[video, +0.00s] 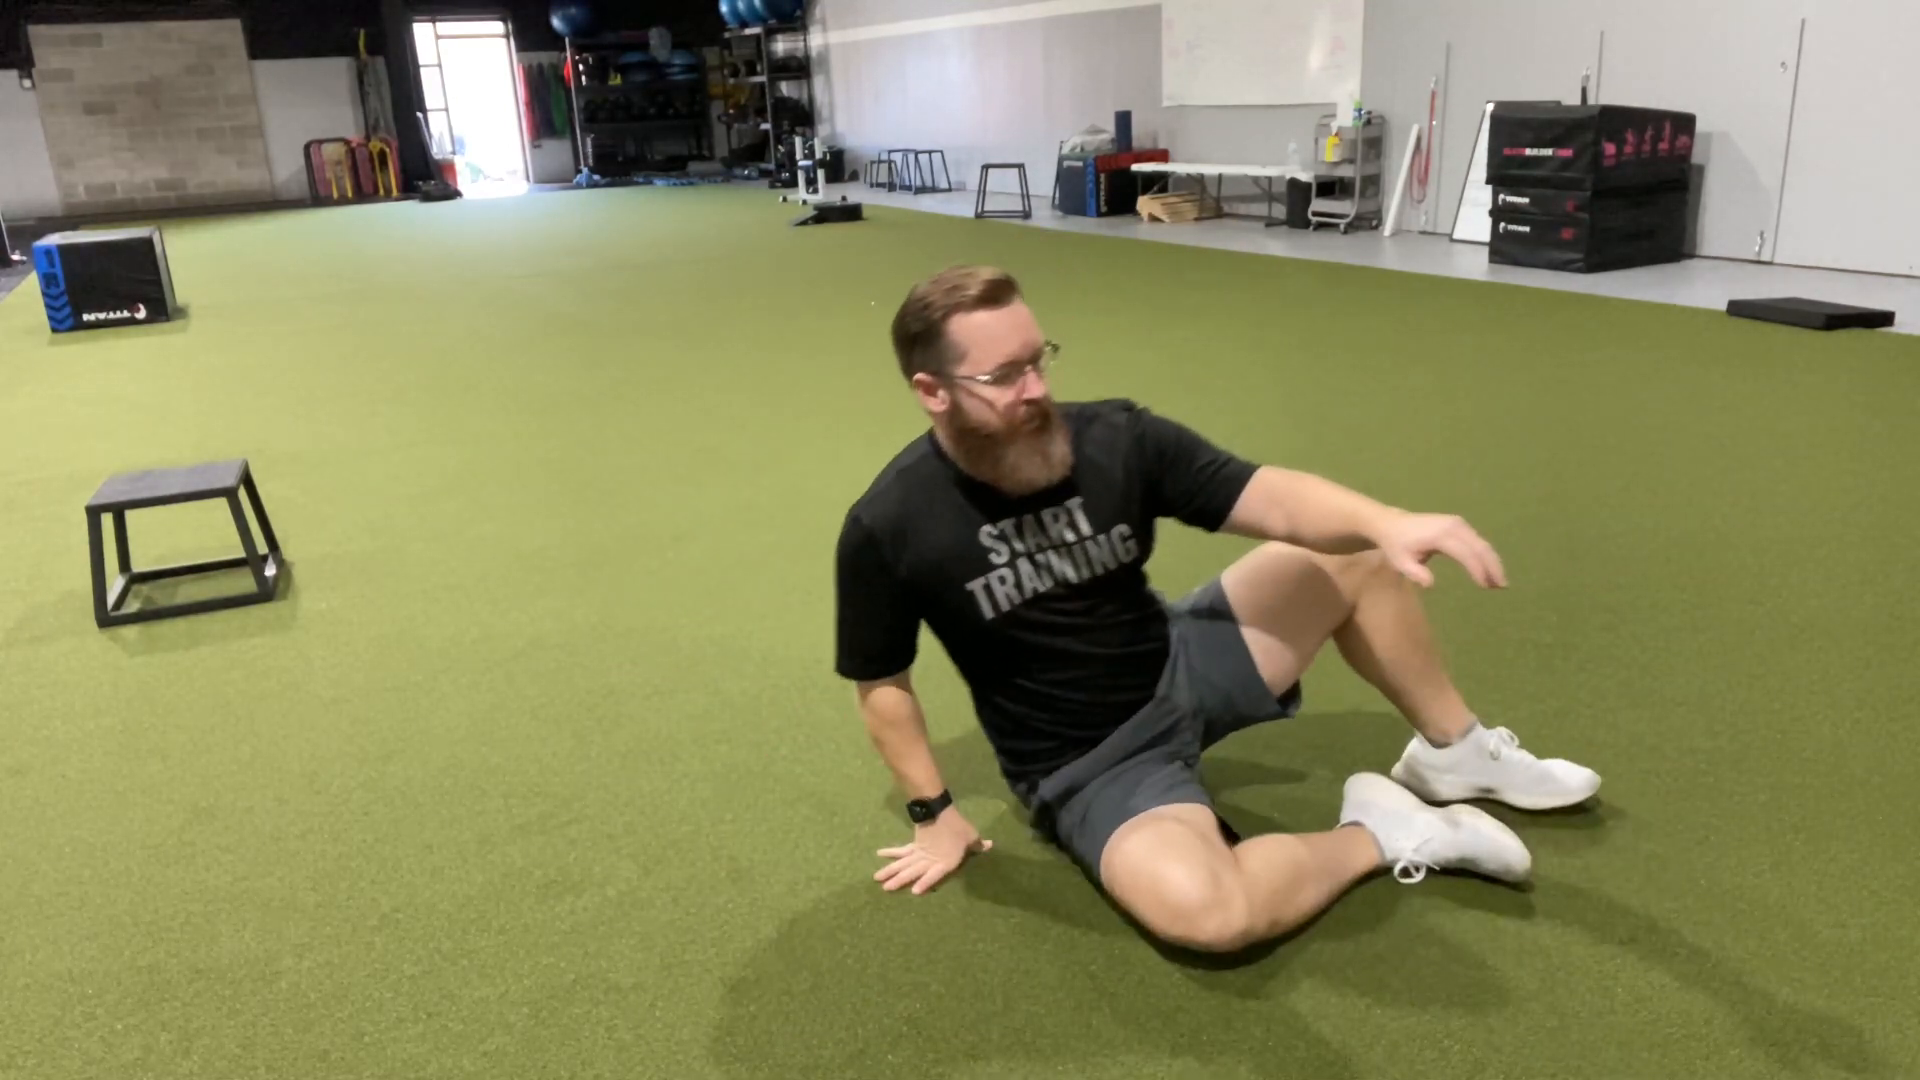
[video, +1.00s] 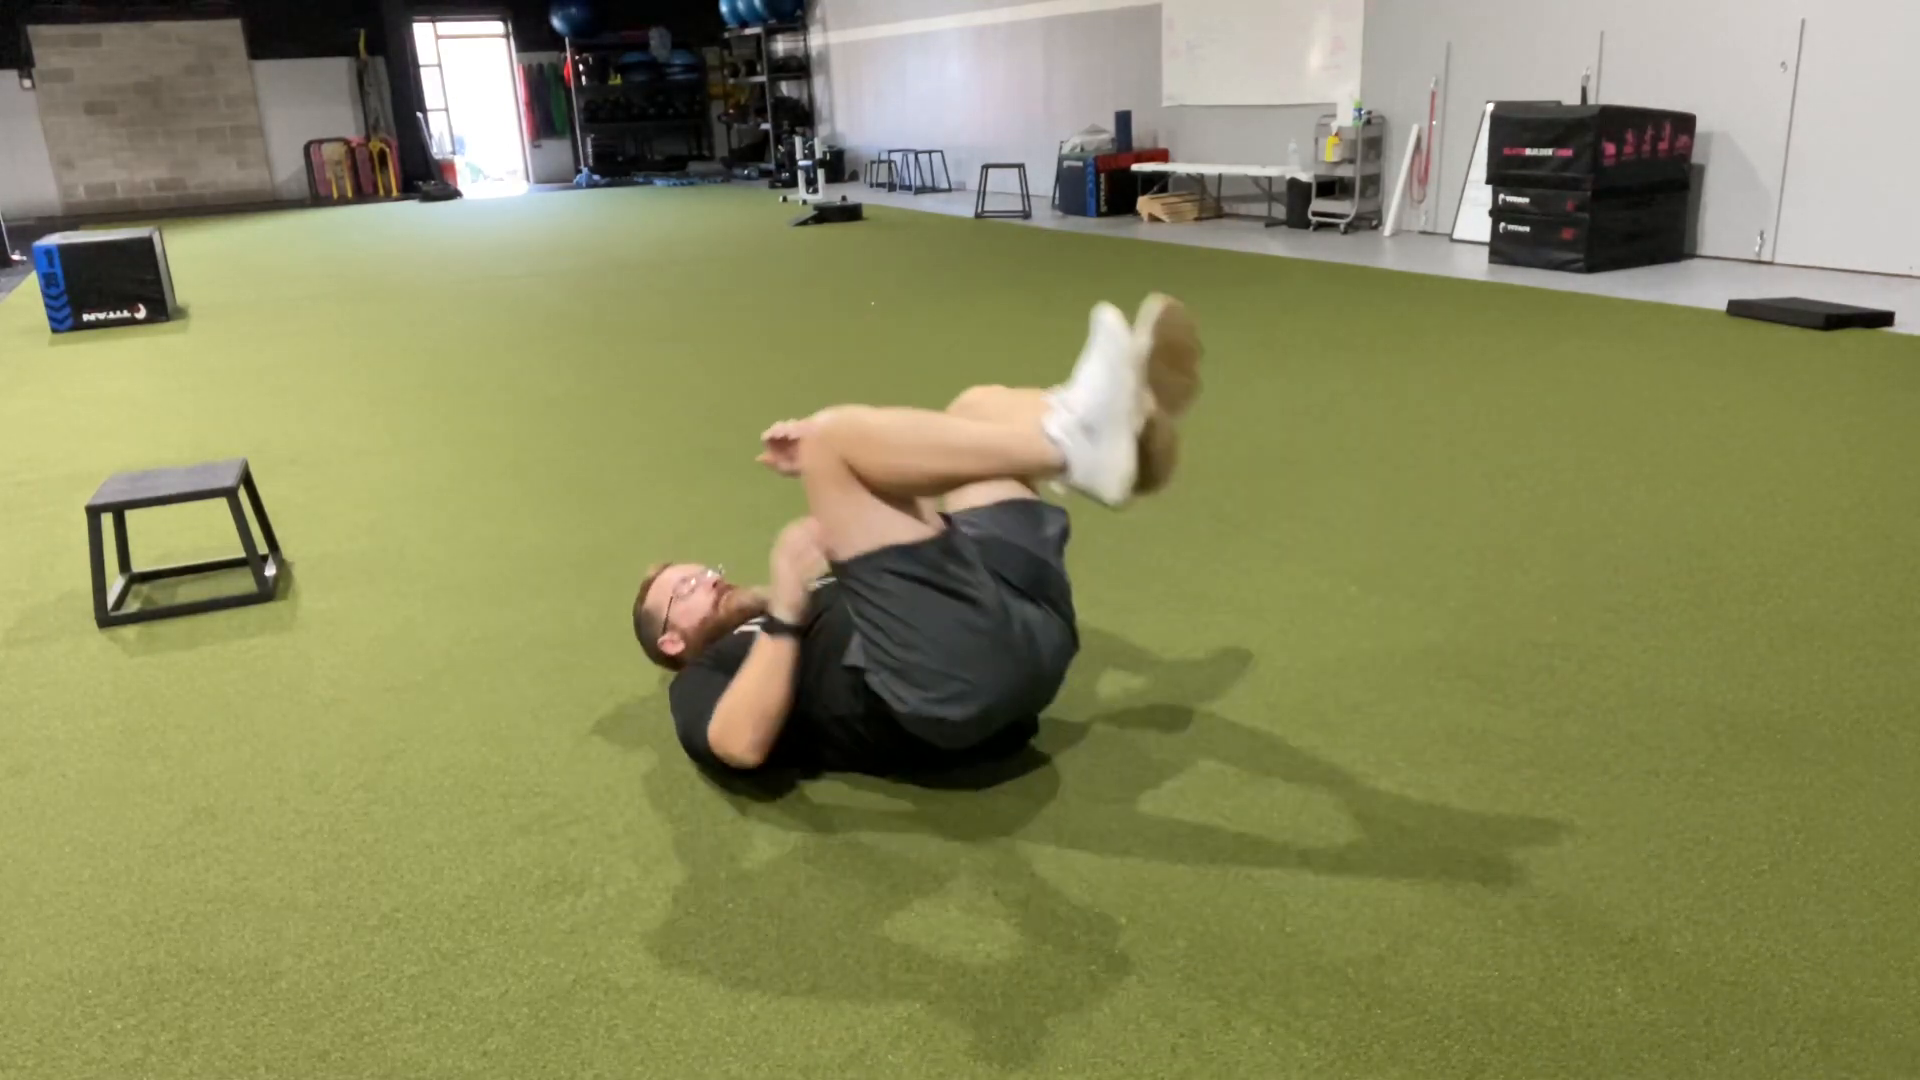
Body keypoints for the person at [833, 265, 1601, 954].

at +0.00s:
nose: (1035, 388)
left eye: (1038, 359)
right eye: (1003, 375)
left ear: (1046, 347)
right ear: (932, 396)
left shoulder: (1114, 440)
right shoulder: (889, 533)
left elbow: (1264, 496)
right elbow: (880, 682)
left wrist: (1388, 525)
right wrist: (937, 816)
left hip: (1179, 659)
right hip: (1090, 761)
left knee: (1344, 554)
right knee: (1200, 911)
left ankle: (1459, 749)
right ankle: (1385, 829)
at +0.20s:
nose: (956, 415)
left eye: (956, 390)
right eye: (927, 406)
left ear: (965, 381)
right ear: (859, 429)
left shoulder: (1031, 464)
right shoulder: (828, 566)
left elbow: (1167, 527)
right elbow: (829, 709)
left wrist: (1270, 545)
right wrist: (925, 810)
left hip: (1138, 662)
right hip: (1057, 762)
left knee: (1299, 561)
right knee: (1199, 875)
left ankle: (1455, 745)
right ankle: (1389, 828)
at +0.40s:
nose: (863, 447)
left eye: (858, 426)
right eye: (835, 441)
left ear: (867, 421)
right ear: (777, 478)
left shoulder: (939, 489)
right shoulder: (774, 609)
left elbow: (1057, 529)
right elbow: (798, 757)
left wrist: (1143, 526)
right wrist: (914, 812)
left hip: (1085, 650)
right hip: (1018, 751)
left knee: (1251, 536)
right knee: (1180, 777)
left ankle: (1413, 720)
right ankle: (1384, 815)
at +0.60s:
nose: (797, 489)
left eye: (789, 471)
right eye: (769, 486)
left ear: (799, 473)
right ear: (721, 530)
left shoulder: (879, 525)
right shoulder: (743, 636)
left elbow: (1002, 526)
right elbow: (783, 778)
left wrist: (1029, 479)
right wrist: (915, 812)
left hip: (1053, 650)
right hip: (988, 749)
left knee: (1167, 490)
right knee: (1094, 636)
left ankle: (1350, 648)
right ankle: (1305, 739)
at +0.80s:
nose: (733, 540)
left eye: (725, 527)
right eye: (703, 550)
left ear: (752, 532)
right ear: (684, 602)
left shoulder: (854, 562)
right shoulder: (720, 667)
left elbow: (971, 565)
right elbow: (768, 769)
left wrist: (911, 457)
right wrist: (880, 729)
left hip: (1051, 672)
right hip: (978, 738)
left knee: (1045, 434)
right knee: (935, 488)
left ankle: (1225, 521)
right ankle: (1188, 576)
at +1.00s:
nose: (709, 576)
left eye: (704, 571)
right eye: (684, 591)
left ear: (729, 581)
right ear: (674, 645)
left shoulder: (811, 614)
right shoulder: (701, 687)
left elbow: (917, 536)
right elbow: (742, 744)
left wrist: (823, 476)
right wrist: (787, 608)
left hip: (1030, 633)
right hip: (943, 679)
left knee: (977, 405)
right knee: (824, 437)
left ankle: (1119, 435)